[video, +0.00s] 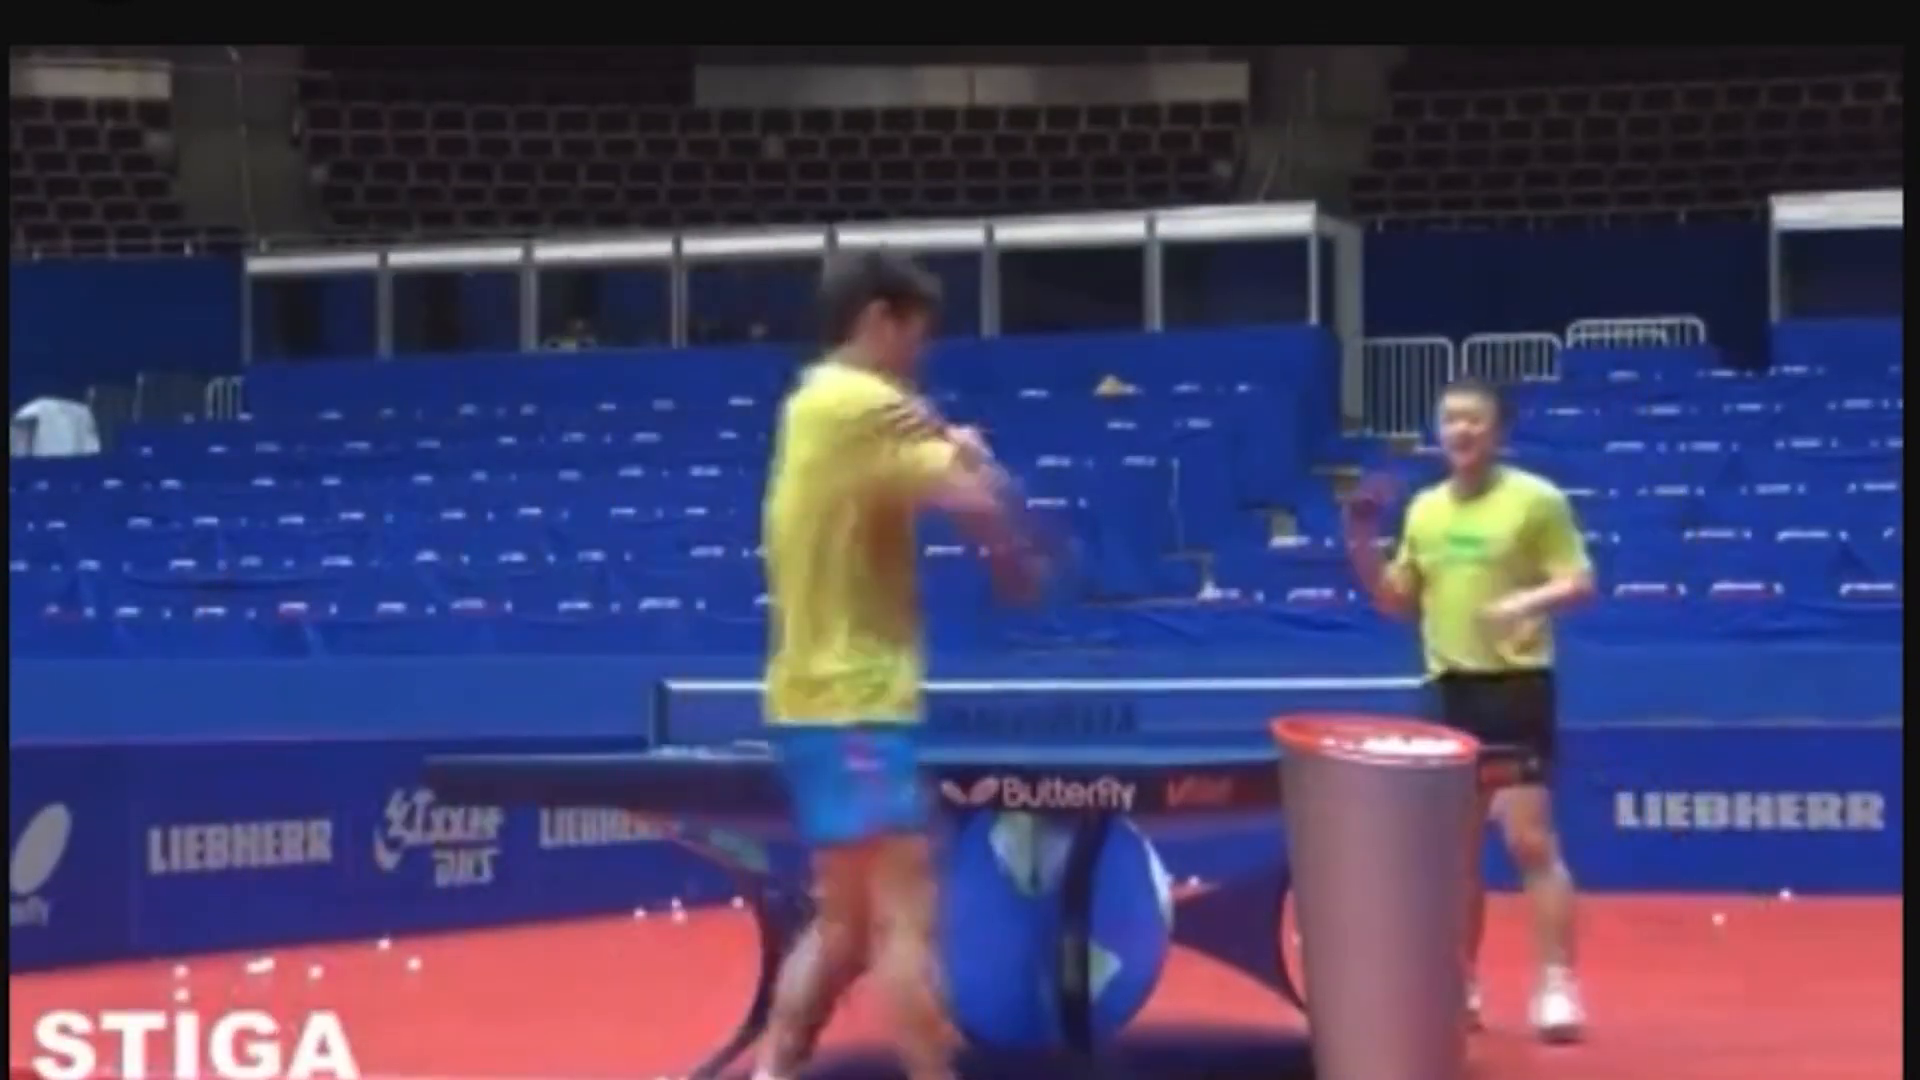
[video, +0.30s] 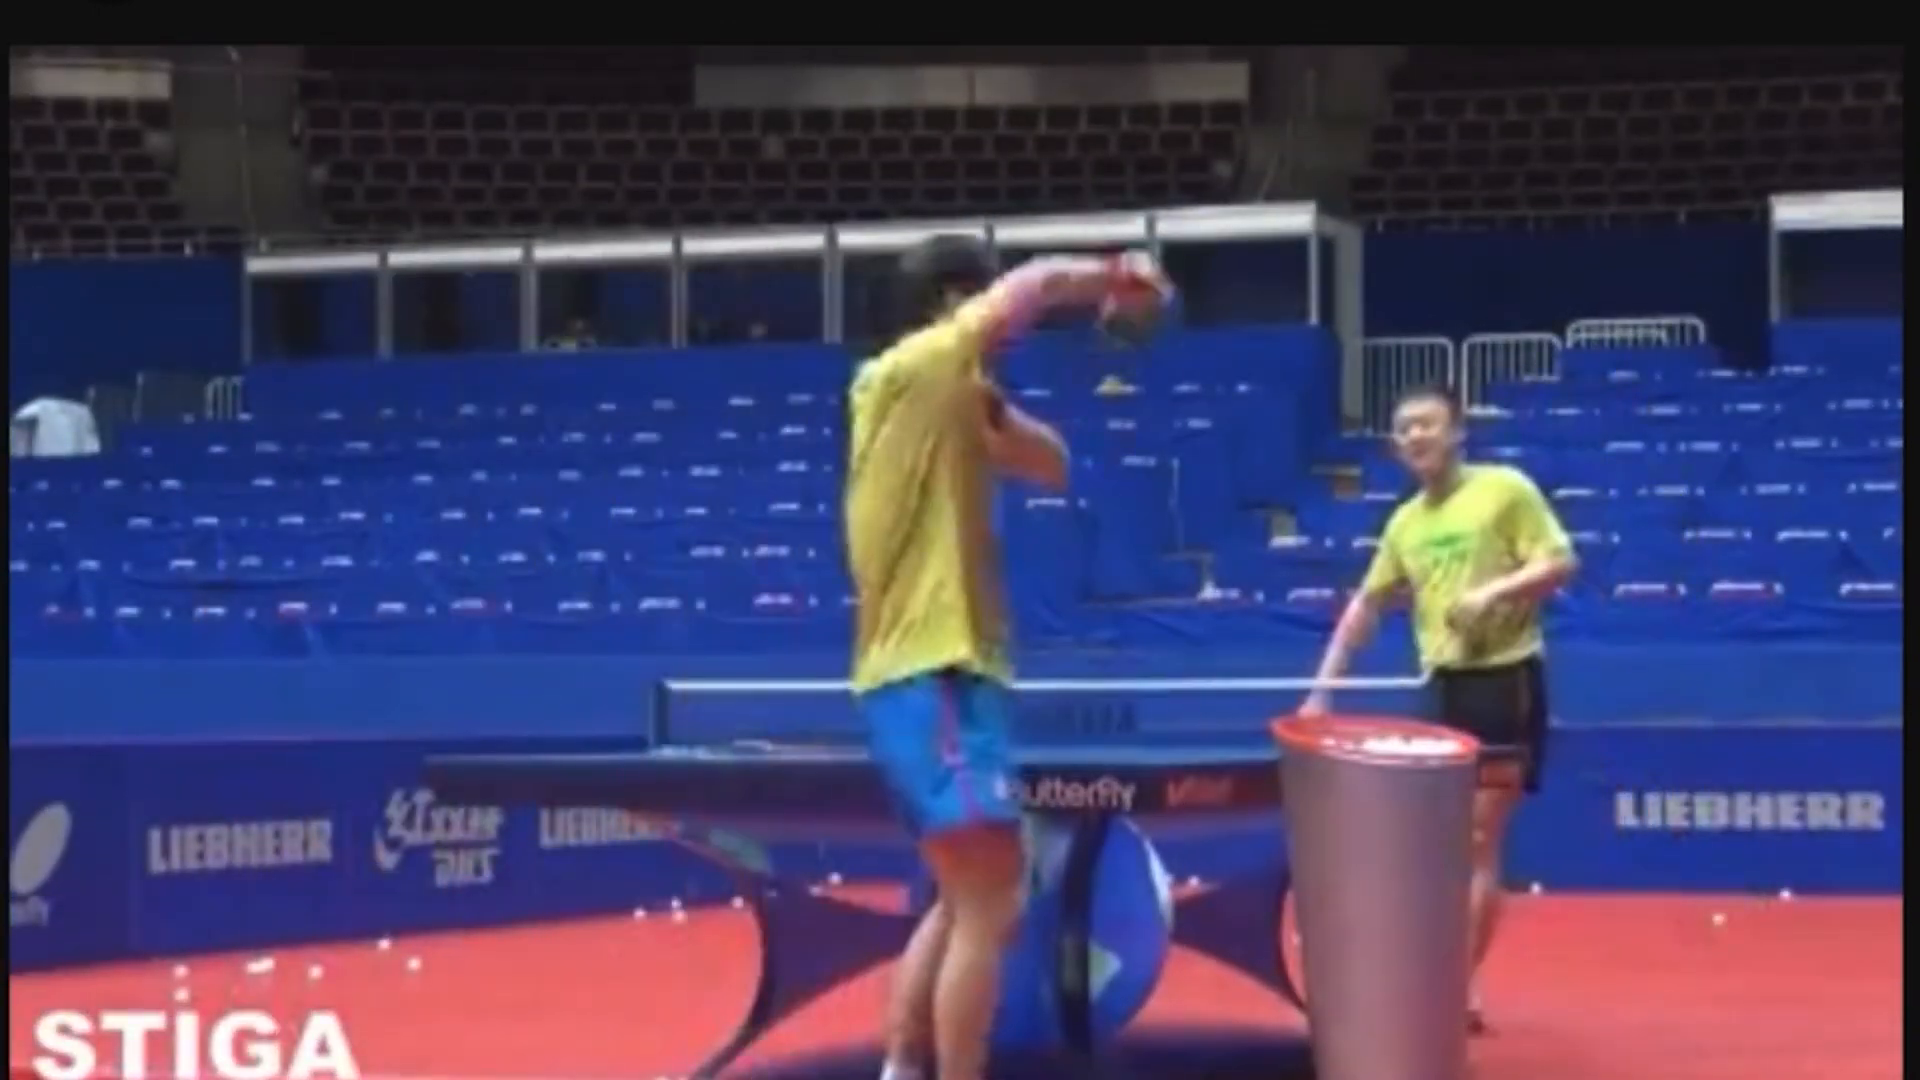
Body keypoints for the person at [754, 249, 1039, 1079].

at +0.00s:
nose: (923, 351)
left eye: (925, 332)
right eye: (918, 331)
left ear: (866, 324)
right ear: (879, 320)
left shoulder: (817, 399)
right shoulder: (858, 405)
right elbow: (978, 497)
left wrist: (959, 457)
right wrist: (1009, 554)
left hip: (817, 702)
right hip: (858, 707)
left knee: (842, 929)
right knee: (906, 922)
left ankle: (771, 1068)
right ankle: (936, 1068)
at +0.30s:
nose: (993, 316)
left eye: (989, 299)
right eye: (984, 297)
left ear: (942, 303)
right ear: (948, 299)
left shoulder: (949, 402)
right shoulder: (903, 373)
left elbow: (1050, 465)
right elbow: (1029, 286)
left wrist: (983, 400)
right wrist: (1114, 276)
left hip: (946, 670)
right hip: (924, 670)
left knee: (960, 892)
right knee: (988, 895)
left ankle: (904, 1066)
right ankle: (958, 1070)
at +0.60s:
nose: (1058, 334)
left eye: (1058, 320)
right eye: (1055, 319)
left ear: (1008, 315)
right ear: (1031, 316)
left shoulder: (1013, 415)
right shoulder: (960, 387)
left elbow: (1096, 476)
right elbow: (948, 307)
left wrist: (1039, 412)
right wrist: (982, 199)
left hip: (957, 668)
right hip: (969, 667)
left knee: (946, 905)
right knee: (1013, 907)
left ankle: (893, 1064)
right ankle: (964, 1068)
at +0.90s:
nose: (1091, 342)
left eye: (1089, 326)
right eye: (1091, 326)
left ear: (1012, 317)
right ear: (1073, 322)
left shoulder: (994, 387)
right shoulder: (1018, 390)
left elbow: (1049, 511)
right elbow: (1117, 492)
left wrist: (1106, 577)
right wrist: (1198, 542)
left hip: (1008, 680)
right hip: (975, 683)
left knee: (1069, 879)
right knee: (998, 902)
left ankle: (1005, 1058)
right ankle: (958, 1071)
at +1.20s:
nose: (1132, 331)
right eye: (1131, 320)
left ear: (1043, 324)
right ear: (1123, 323)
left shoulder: (1015, 405)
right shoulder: (1107, 378)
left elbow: (1149, 516)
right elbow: (1165, 445)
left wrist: (1183, 420)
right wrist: (1186, 400)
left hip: (995, 686)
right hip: (1056, 684)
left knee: (1064, 913)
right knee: (1122, 909)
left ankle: (1046, 1067)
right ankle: (1009, 1066)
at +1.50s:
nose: (1090, 324)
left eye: (1091, 314)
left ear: (1100, 324)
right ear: (1184, 326)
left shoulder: (1065, 411)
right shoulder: (1209, 392)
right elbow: (1239, 483)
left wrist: (1256, 478)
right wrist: (1275, 474)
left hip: (1047, 698)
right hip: (1150, 695)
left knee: (1074, 915)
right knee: (1221, 912)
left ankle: (1051, 1072)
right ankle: (1253, 1069)